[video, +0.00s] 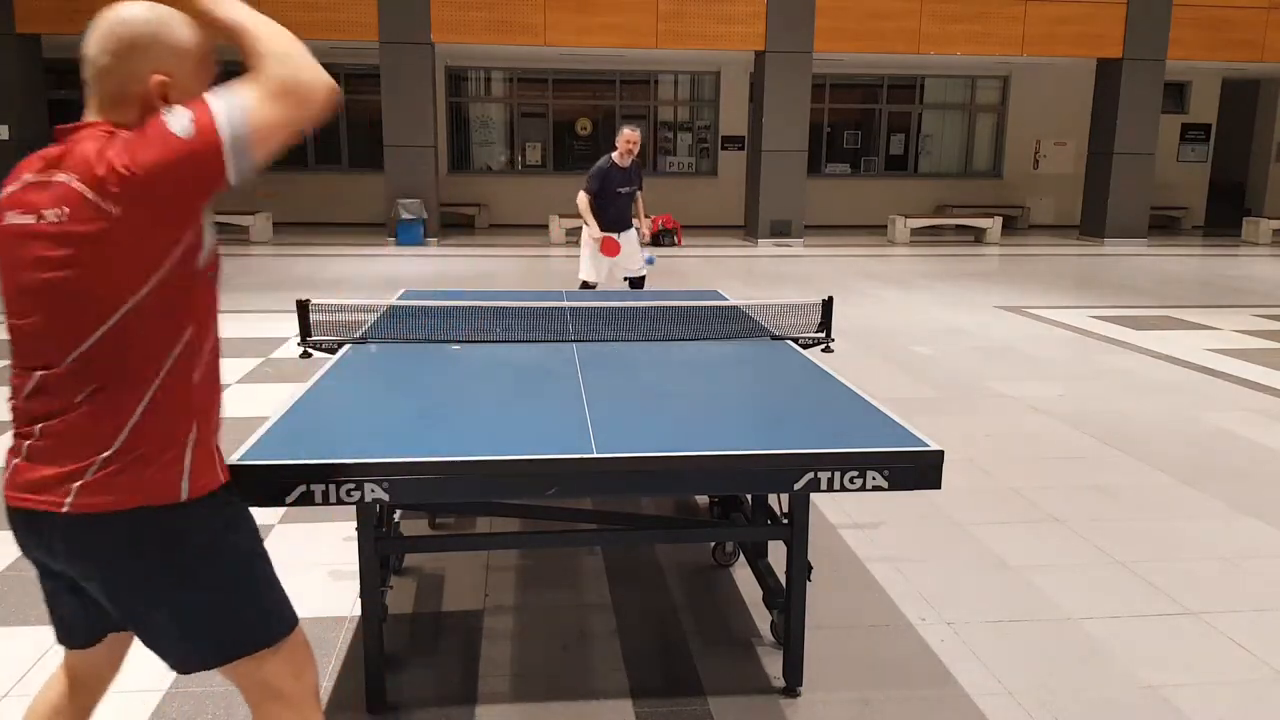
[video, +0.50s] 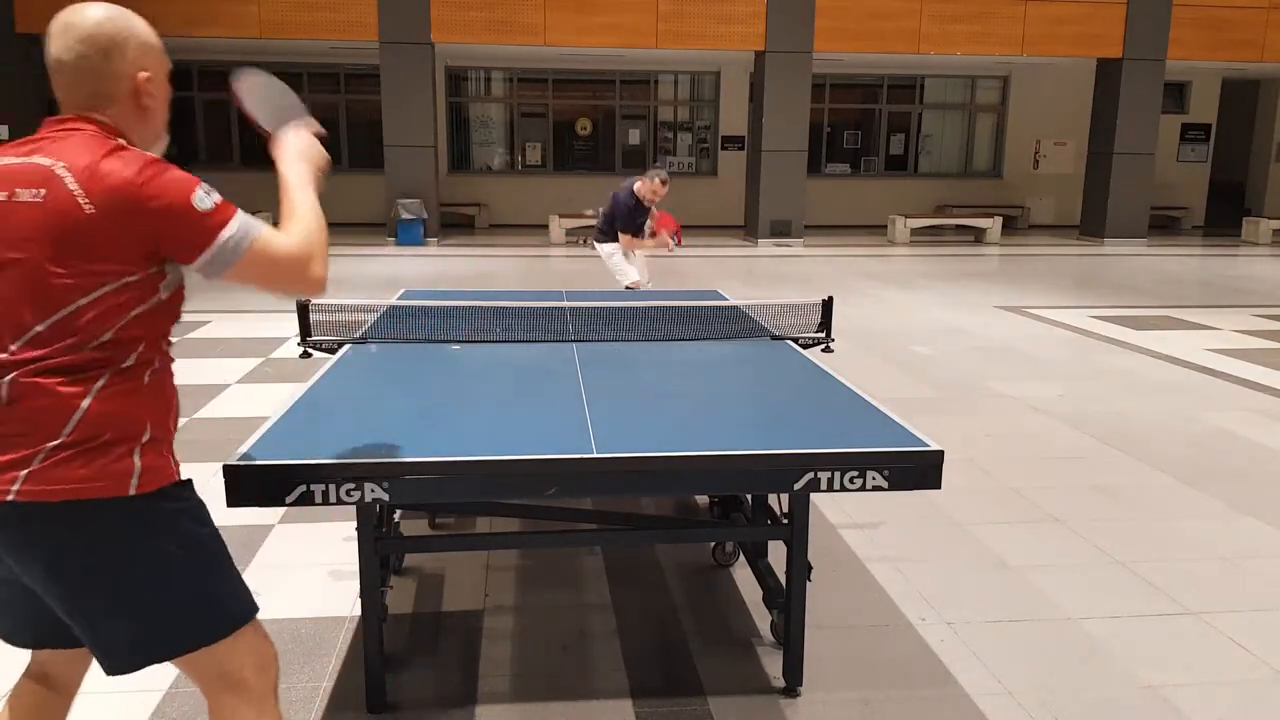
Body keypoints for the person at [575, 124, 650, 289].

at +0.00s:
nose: (631, 147)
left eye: (635, 143)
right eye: (627, 142)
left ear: (639, 145)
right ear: (617, 142)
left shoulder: (635, 166)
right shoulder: (603, 167)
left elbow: (637, 196)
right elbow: (582, 199)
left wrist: (643, 224)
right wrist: (594, 228)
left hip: (626, 233)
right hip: (598, 234)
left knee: (638, 276)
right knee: (590, 282)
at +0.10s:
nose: (636, 151)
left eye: (641, 147)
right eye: (632, 146)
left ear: (645, 149)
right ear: (622, 145)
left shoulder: (639, 169)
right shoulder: (607, 169)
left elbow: (639, 197)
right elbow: (584, 199)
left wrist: (646, 225)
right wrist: (600, 228)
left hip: (628, 236)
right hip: (601, 236)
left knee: (635, 281)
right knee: (595, 285)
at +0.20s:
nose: (642, 161)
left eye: (646, 157)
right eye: (638, 156)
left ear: (650, 159)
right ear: (628, 154)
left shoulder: (645, 177)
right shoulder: (615, 178)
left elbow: (645, 204)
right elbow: (596, 211)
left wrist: (653, 233)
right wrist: (610, 243)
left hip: (632, 239)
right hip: (607, 240)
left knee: (638, 284)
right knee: (608, 284)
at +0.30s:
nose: (649, 170)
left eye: (653, 166)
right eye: (646, 164)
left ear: (657, 167)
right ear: (635, 161)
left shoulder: (648, 180)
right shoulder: (619, 182)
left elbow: (649, 208)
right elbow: (609, 222)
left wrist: (659, 237)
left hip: (631, 234)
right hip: (605, 233)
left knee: (639, 280)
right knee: (617, 276)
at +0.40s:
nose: (654, 183)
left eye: (658, 179)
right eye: (651, 176)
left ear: (662, 178)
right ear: (641, 168)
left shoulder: (649, 186)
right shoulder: (623, 188)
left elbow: (650, 211)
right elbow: (623, 232)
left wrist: (662, 238)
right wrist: (650, 233)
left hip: (630, 234)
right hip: (606, 233)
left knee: (640, 280)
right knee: (625, 276)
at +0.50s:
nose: (656, 199)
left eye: (659, 197)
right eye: (654, 193)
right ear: (644, 182)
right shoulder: (624, 201)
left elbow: (651, 212)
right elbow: (626, 243)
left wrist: (662, 234)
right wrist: (655, 243)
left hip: (631, 239)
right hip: (607, 241)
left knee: (644, 282)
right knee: (633, 282)